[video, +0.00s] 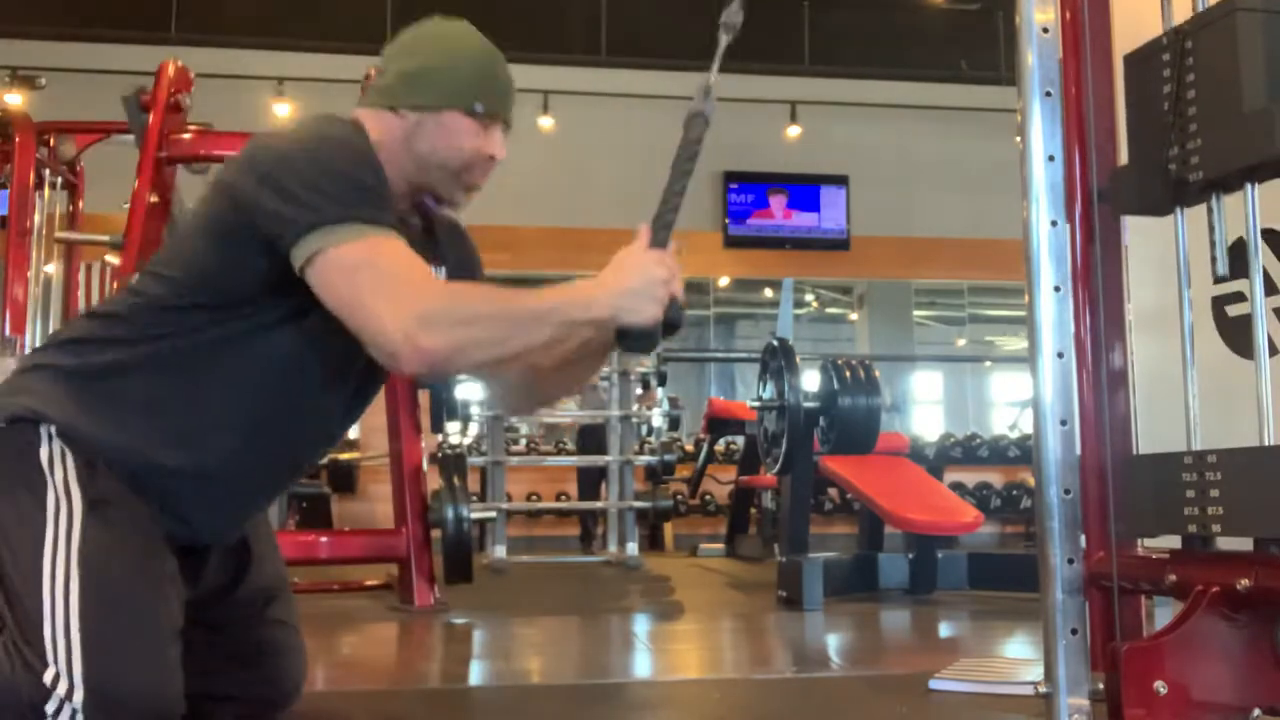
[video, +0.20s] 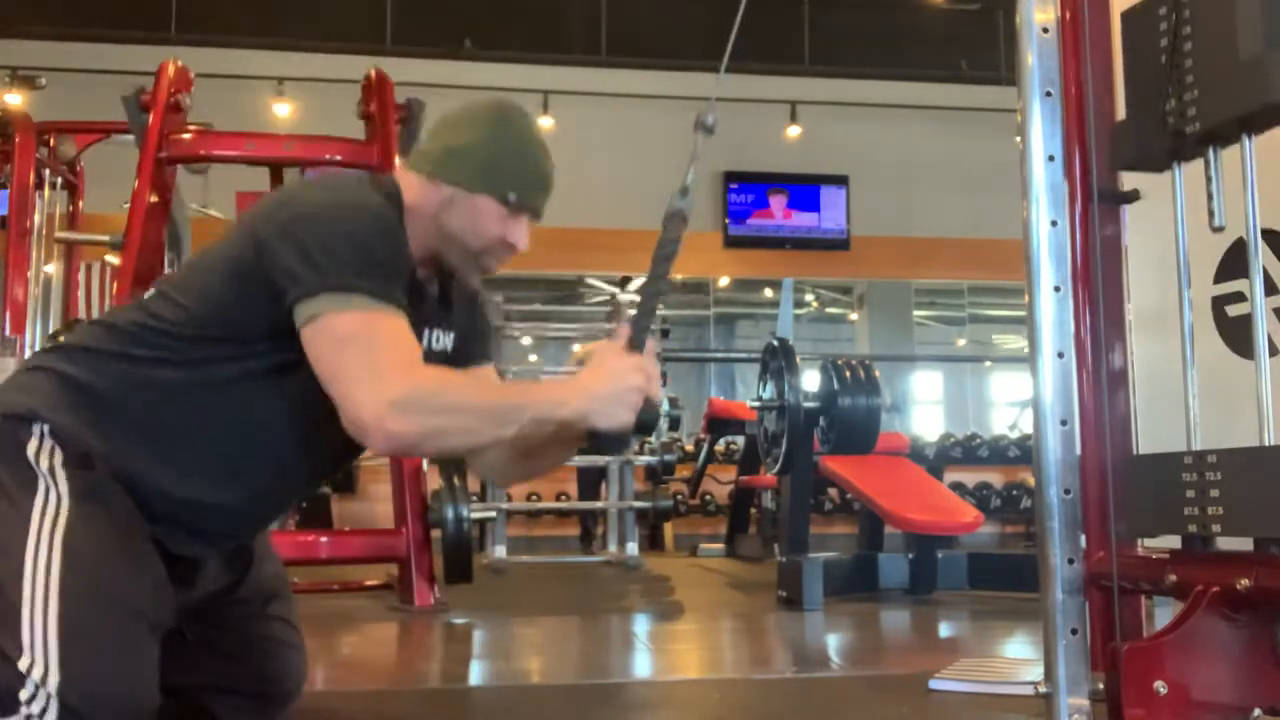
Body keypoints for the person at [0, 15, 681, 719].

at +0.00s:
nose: (499, 151)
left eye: (503, 129)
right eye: (483, 119)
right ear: (410, 104)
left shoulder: (438, 244)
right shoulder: (310, 159)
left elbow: (514, 389)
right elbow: (413, 329)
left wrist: (610, 331)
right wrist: (597, 298)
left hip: (207, 491)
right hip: (78, 448)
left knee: (259, 683)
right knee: (112, 696)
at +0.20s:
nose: (522, 238)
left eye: (531, 216)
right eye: (512, 208)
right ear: (454, 181)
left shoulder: (456, 303)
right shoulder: (339, 216)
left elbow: (496, 461)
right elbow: (384, 407)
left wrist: (576, 416)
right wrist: (576, 395)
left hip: (203, 509)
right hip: (75, 452)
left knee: (261, 683)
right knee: (85, 698)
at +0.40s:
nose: (536, 334)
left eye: (547, 314)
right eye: (532, 305)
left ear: (496, 294)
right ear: (474, 270)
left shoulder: (455, 361)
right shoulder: (355, 289)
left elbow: (479, 517)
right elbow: (369, 504)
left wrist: (561, 499)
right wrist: (553, 499)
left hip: (189, 504)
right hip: (64, 448)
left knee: (259, 678)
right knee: (91, 694)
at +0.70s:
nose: (544, 442)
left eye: (557, 423)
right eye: (543, 413)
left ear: (488, 372)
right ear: (488, 370)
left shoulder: (448, 432)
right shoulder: (358, 388)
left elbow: (456, 583)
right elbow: (342, 620)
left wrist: (546, 617)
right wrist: (532, 615)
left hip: (170, 510)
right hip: (50, 461)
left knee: (252, 678)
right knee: (82, 703)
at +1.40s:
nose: (600, 440)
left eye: (610, 416)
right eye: (595, 410)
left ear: (543, 395)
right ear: (528, 384)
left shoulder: (496, 441)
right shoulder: (410, 410)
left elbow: (534, 594)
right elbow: (460, 643)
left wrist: (654, 628)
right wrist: (649, 627)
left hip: (170, 497)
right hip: (55, 450)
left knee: (247, 677)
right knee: (80, 697)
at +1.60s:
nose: (630, 379)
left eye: (636, 357)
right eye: (619, 354)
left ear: (554, 339)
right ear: (545, 337)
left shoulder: (521, 396)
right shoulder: (447, 367)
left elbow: (591, 541)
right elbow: (555, 575)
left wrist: (737, 537)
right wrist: (737, 549)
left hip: (206, 502)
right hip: (82, 447)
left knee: (250, 679)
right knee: (83, 696)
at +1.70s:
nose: (635, 347)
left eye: (638, 323)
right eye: (623, 319)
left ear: (566, 309)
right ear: (549, 301)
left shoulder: (521, 369)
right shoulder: (457, 329)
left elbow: (608, 500)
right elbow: (605, 519)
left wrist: (755, 488)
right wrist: (778, 487)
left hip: (196, 498)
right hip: (84, 445)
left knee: (253, 674)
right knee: (81, 694)